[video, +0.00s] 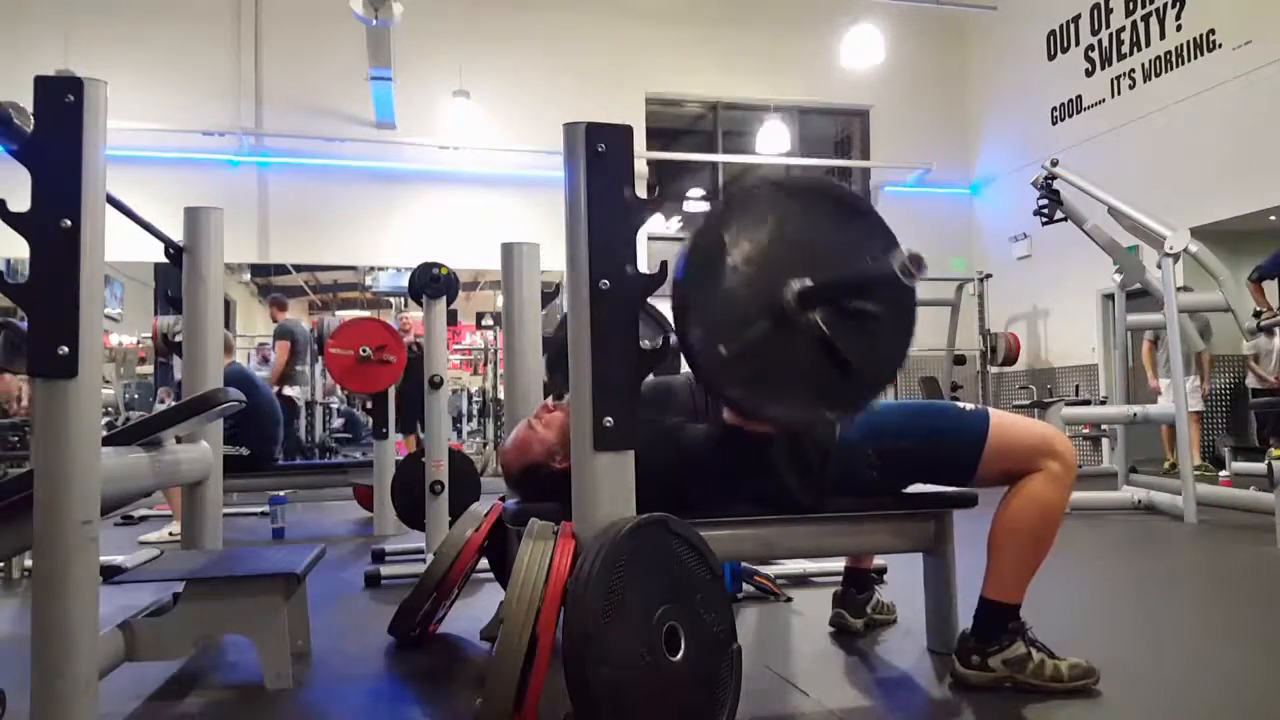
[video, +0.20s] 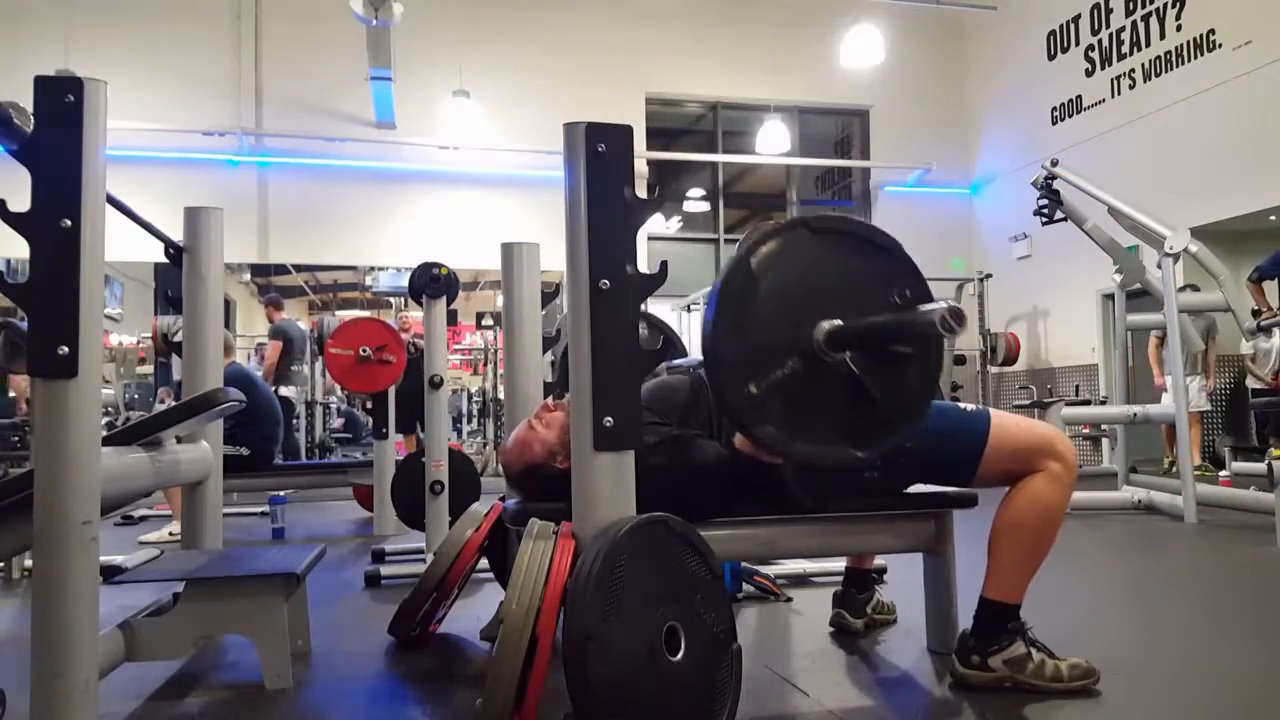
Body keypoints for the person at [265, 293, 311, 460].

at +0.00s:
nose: (269, 314)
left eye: (269, 310)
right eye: (269, 310)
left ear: (274, 309)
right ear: (285, 308)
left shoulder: (284, 328)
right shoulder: (300, 327)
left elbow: (281, 358)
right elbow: (305, 357)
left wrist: (272, 381)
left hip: (288, 384)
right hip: (303, 382)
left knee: (288, 425)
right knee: (296, 423)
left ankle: (289, 459)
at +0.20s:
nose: (265, 314)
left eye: (265, 310)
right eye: (265, 310)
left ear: (270, 309)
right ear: (281, 308)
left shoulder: (278, 328)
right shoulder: (298, 328)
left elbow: (271, 360)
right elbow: (300, 358)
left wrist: (264, 383)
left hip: (285, 382)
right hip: (300, 380)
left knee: (285, 426)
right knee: (288, 425)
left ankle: (293, 465)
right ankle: (293, 463)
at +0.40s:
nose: (264, 314)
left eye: (265, 310)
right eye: (264, 310)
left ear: (270, 309)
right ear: (280, 309)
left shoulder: (275, 329)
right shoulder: (296, 329)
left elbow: (267, 362)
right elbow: (300, 360)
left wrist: (263, 383)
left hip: (282, 384)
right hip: (298, 383)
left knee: (284, 426)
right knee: (291, 426)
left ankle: (287, 462)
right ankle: (292, 462)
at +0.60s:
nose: (264, 315)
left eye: (265, 311)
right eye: (264, 311)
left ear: (272, 310)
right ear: (279, 310)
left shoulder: (275, 330)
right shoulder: (297, 330)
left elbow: (266, 361)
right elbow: (303, 359)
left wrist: (262, 381)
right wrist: (295, 372)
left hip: (281, 382)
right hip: (298, 381)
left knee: (284, 425)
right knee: (292, 425)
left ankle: (287, 462)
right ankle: (292, 461)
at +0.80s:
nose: (266, 317)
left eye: (267, 313)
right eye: (265, 313)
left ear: (274, 311)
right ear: (280, 311)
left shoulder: (275, 330)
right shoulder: (300, 332)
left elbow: (267, 362)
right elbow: (306, 361)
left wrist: (262, 379)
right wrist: (295, 373)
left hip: (280, 383)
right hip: (298, 382)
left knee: (280, 425)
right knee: (292, 427)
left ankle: (279, 461)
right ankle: (293, 461)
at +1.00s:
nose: (267, 317)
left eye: (268, 313)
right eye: (266, 313)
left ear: (276, 312)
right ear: (281, 312)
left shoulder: (276, 331)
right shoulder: (299, 333)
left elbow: (268, 363)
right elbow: (306, 361)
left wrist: (259, 383)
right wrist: (296, 374)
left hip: (278, 383)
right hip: (296, 382)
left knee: (274, 424)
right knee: (291, 426)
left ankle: (275, 460)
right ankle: (293, 462)